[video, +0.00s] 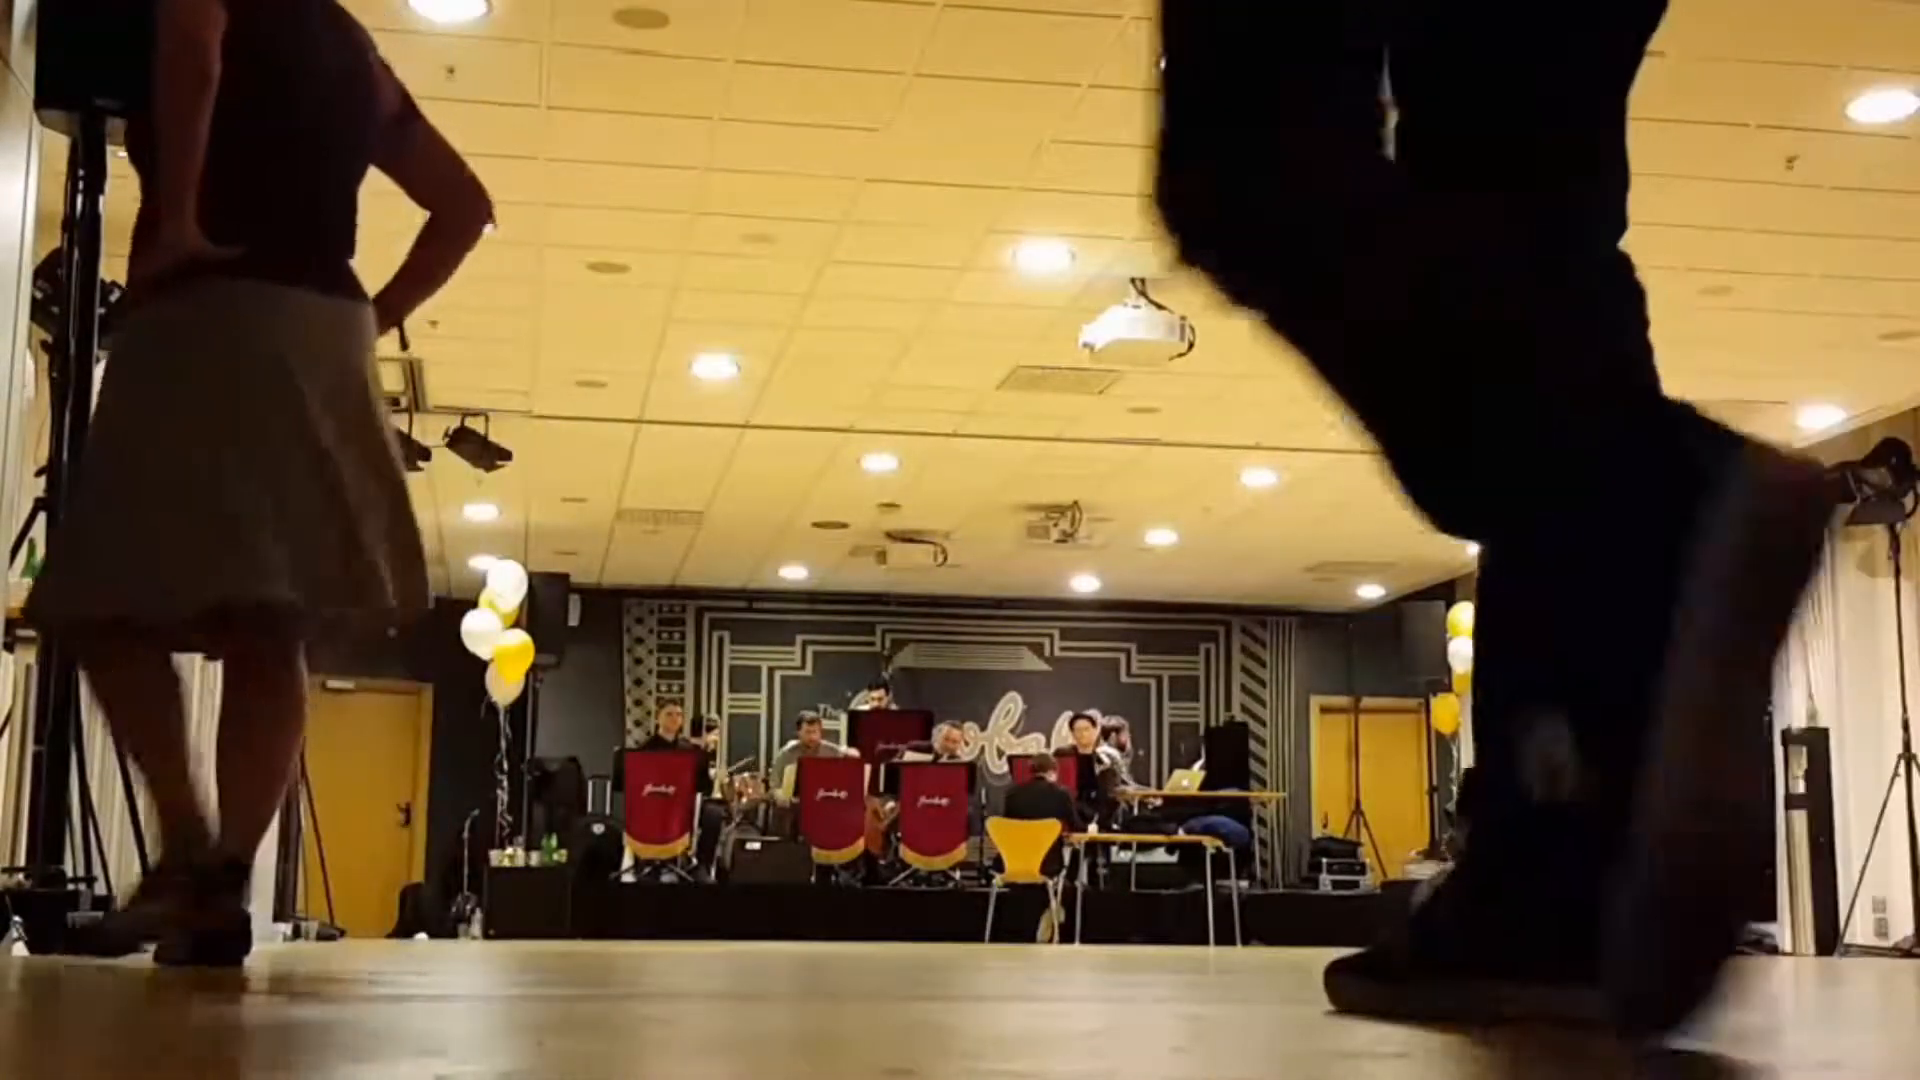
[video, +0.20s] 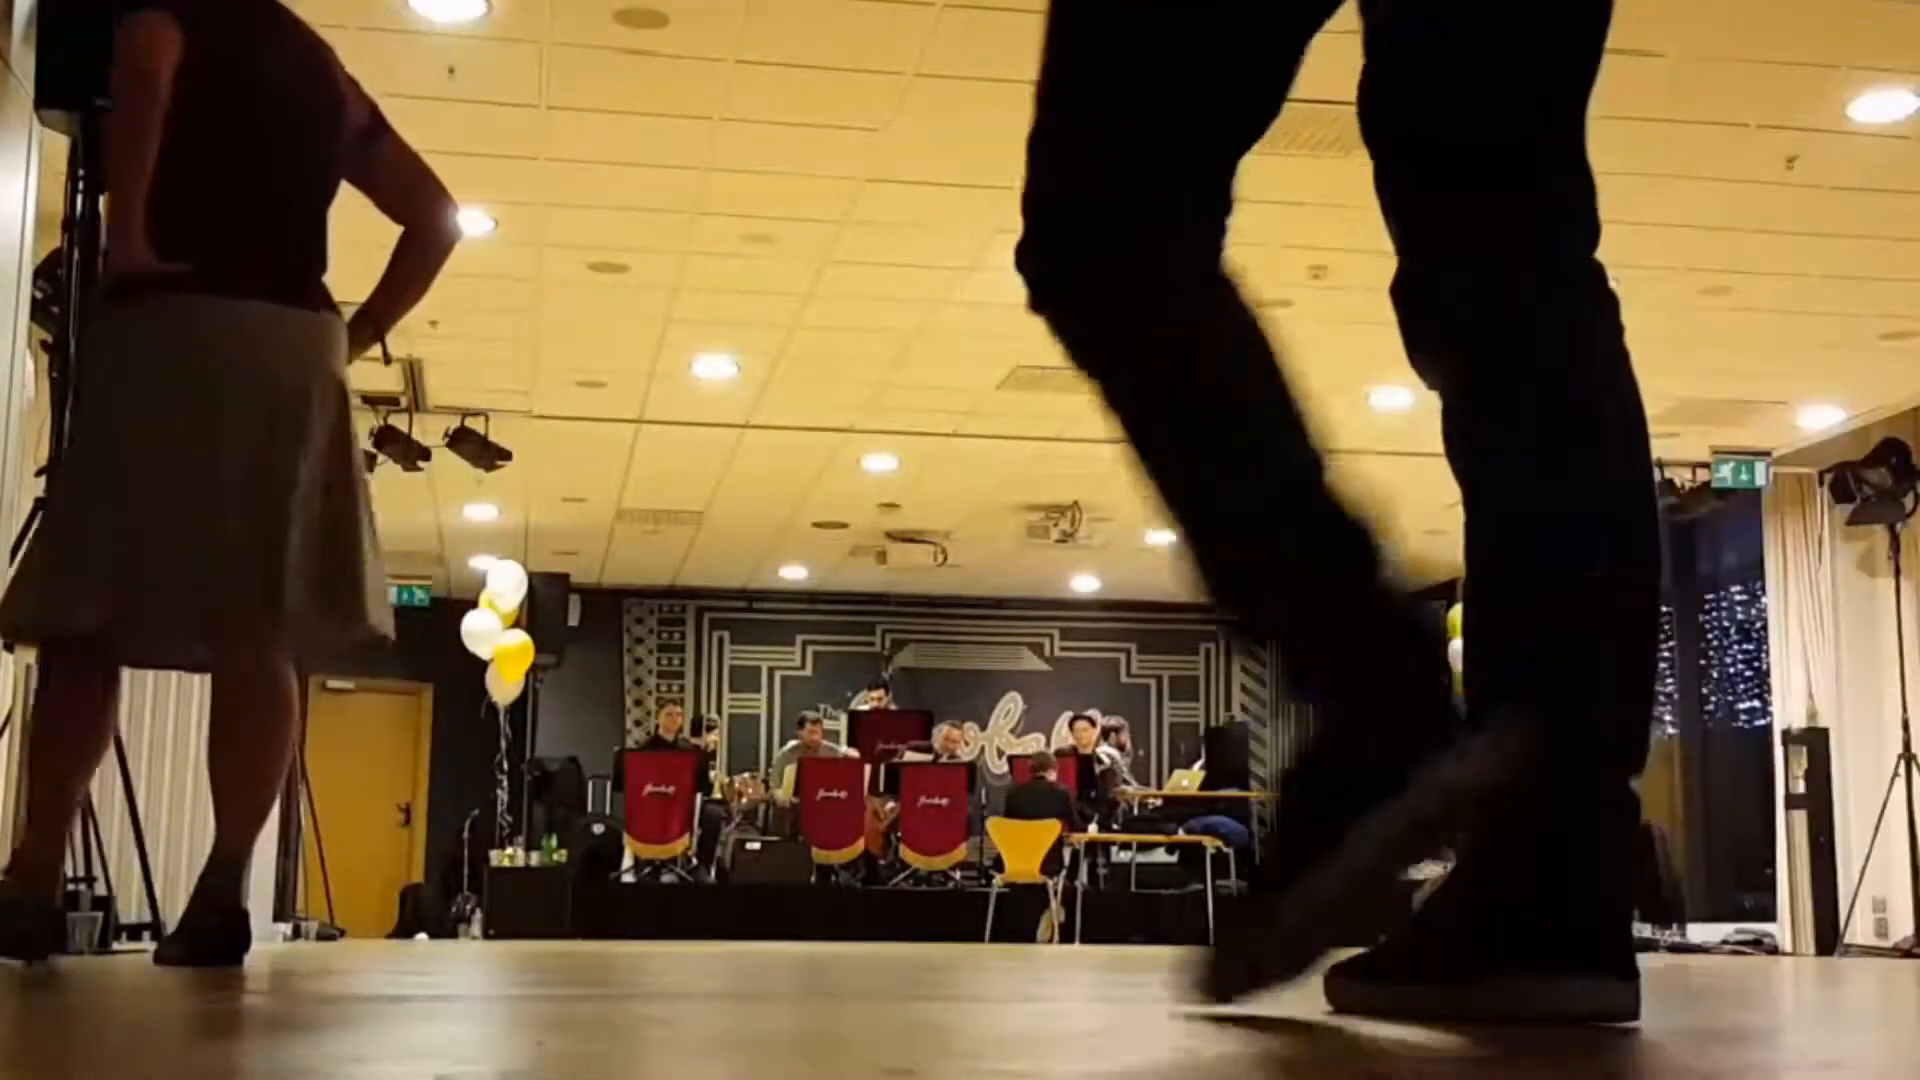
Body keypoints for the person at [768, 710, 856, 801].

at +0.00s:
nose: (812, 737)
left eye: (815, 732)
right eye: (808, 732)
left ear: (821, 732)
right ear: (799, 732)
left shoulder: (833, 753)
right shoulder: (787, 755)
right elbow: (775, 787)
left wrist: (852, 760)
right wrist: (786, 798)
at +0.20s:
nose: (814, 737)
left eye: (817, 732)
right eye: (810, 732)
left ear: (822, 733)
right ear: (800, 732)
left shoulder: (831, 752)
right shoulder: (787, 754)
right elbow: (775, 786)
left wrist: (850, 758)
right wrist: (785, 798)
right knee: (782, 811)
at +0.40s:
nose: (814, 737)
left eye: (817, 732)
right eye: (810, 732)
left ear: (822, 734)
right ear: (801, 733)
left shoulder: (831, 752)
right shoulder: (787, 754)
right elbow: (774, 787)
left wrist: (849, 759)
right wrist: (785, 799)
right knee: (781, 808)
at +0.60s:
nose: (814, 738)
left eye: (817, 733)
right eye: (810, 733)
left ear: (821, 733)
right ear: (800, 733)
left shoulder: (832, 753)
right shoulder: (786, 755)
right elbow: (774, 787)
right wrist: (785, 799)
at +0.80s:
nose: (811, 738)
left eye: (814, 734)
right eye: (807, 734)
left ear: (820, 734)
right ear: (799, 734)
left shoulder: (832, 752)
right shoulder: (788, 754)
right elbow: (775, 776)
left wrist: (849, 757)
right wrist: (779, 794)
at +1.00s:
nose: (809, 739)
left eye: (813, 734)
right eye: (805, 734)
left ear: (820, 734)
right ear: (798, 734)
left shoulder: (832, 751)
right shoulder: (788, 754)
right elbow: (776, 781)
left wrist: (852, 756)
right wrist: (781, 796)